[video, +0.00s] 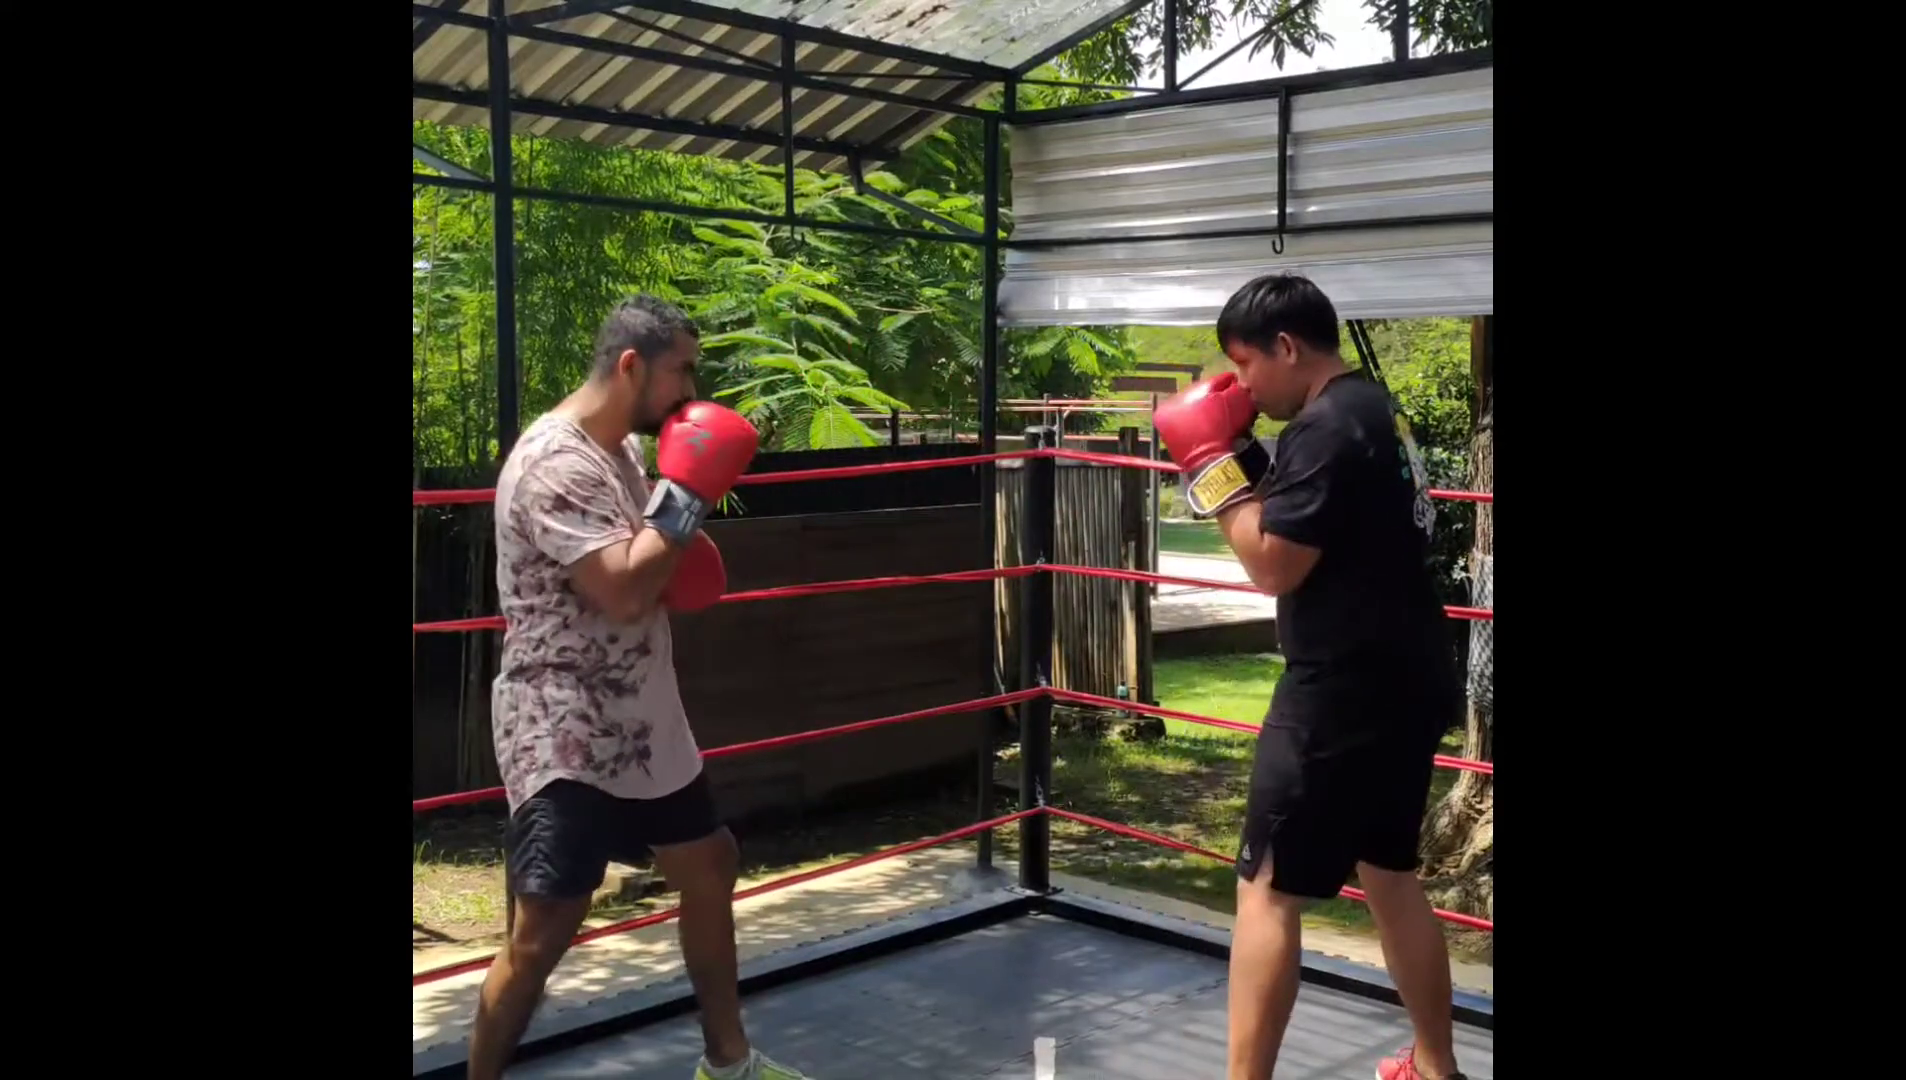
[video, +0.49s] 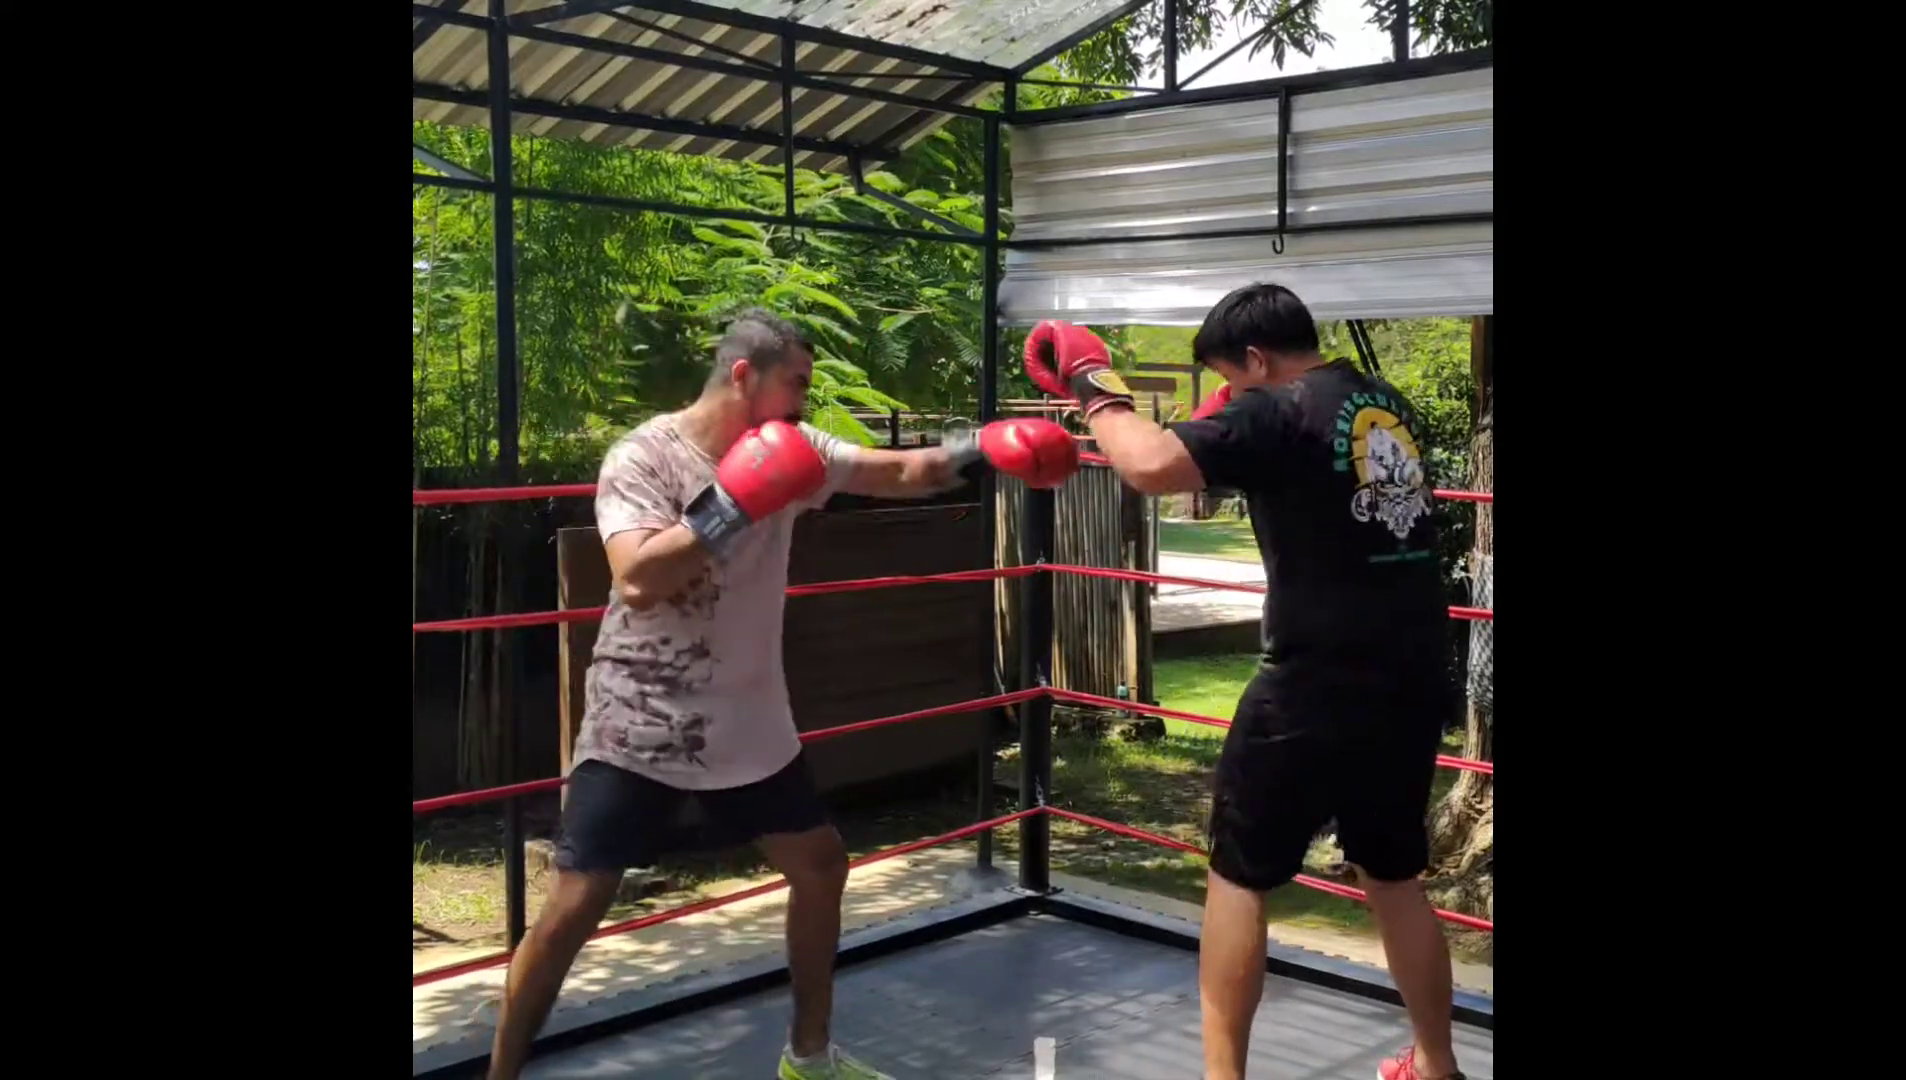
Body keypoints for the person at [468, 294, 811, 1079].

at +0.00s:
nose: (691, 391)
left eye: (695, 373)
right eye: (683, 370)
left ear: (630, 369)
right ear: (631, 365)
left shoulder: (627, 455)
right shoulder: (551, 461)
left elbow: (623, 590)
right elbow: (619, 593)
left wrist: (672, 583)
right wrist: (683, 493)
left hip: (646, 725)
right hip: (565, 735)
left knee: (709, 868)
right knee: (539, 936)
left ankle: (730, 1058)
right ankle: (481, 1074)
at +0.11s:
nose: (702, 413)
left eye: (705, 394)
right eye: (694, 392)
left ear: (643, 391)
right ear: (641, 387)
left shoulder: (633, 479)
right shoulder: (556, 486)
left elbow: (634, 606)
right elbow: (623, 615)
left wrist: (680, 630)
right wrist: (692, 514)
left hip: (661, 730)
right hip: (575, 749)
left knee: (771, 852)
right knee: (550, 956)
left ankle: (755, 1047)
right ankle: (488, 1075)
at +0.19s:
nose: (720, 412)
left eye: (723, 394)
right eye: (712, 391)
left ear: (661, 389)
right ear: (658, 385)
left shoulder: (664, 481)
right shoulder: (569, 485)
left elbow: (654, 617)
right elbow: (629, 610)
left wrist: (708, 619)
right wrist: (701, 518)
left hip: (688, 740)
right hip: (592, 755)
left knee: (774, 869)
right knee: (560, 948)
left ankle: (802, 1055)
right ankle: (488, 1074)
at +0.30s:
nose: (758, 395)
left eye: (762, 379)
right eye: (750, 376)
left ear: (710, 372)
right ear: (695, 366)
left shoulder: (724, 468)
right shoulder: (598, 463)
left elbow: (760, 543)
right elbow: (620, 576)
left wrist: (817, 542)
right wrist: (714, 505)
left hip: (724, 725)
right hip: (618, 734)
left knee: (797, 868)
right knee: (559, 927)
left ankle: (809, 1054)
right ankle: (489, 1074)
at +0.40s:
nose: (790, 396)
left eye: (794, 382)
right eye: (782, 378)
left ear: (743, 376)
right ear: (726, 369)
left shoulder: (781, 456)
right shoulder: (631, 451)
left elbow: (897, 463)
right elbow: (624, 572)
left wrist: (976, 423)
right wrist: (721, 494)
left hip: (740, 723)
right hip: (629, 726)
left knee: (812, 866)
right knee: (570, 911)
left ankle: (811, 1052)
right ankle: (499, 1072)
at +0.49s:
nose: (802, 407)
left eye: (806, 391)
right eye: (795, 388)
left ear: (753, 378)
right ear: (741, 374)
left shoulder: (790, 455)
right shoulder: (641, 458)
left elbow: (905, 469)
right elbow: (637, 580)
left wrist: (987, 448)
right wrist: (734, 501)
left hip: (750, 729)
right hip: (635, 731)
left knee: (820, 867)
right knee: (572, 910)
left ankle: (811, 1052)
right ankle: (500, 1072)